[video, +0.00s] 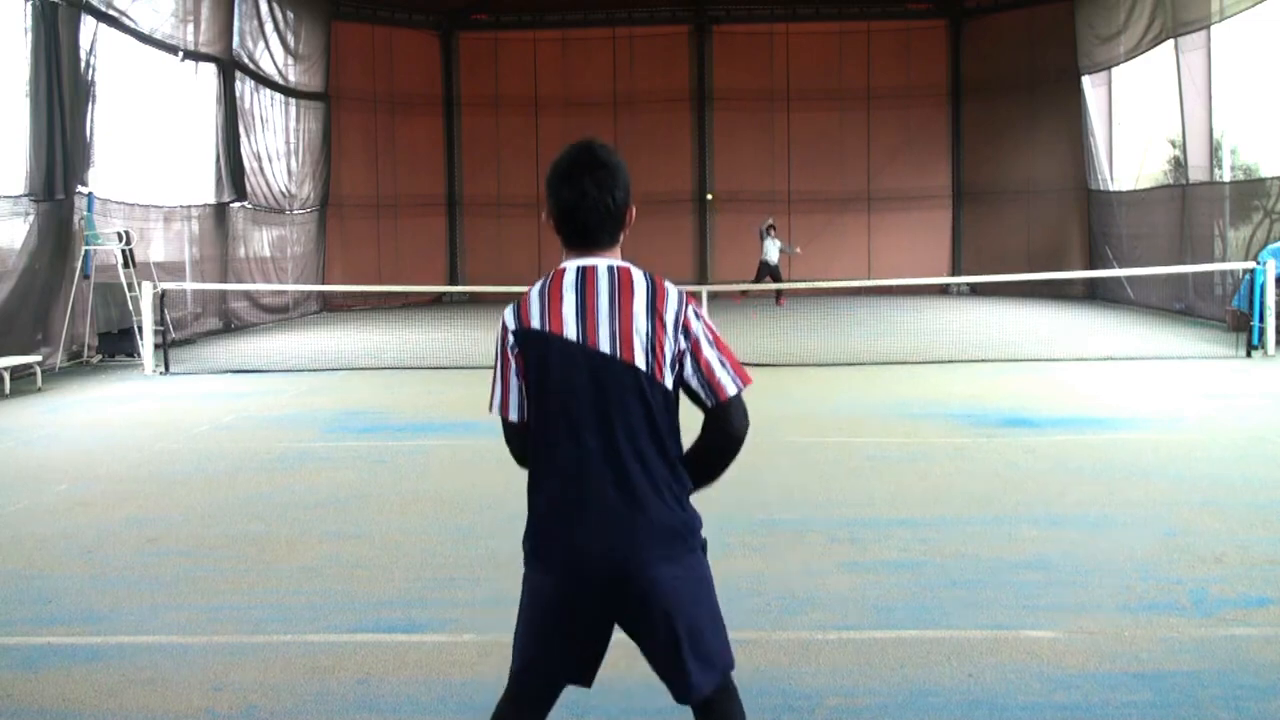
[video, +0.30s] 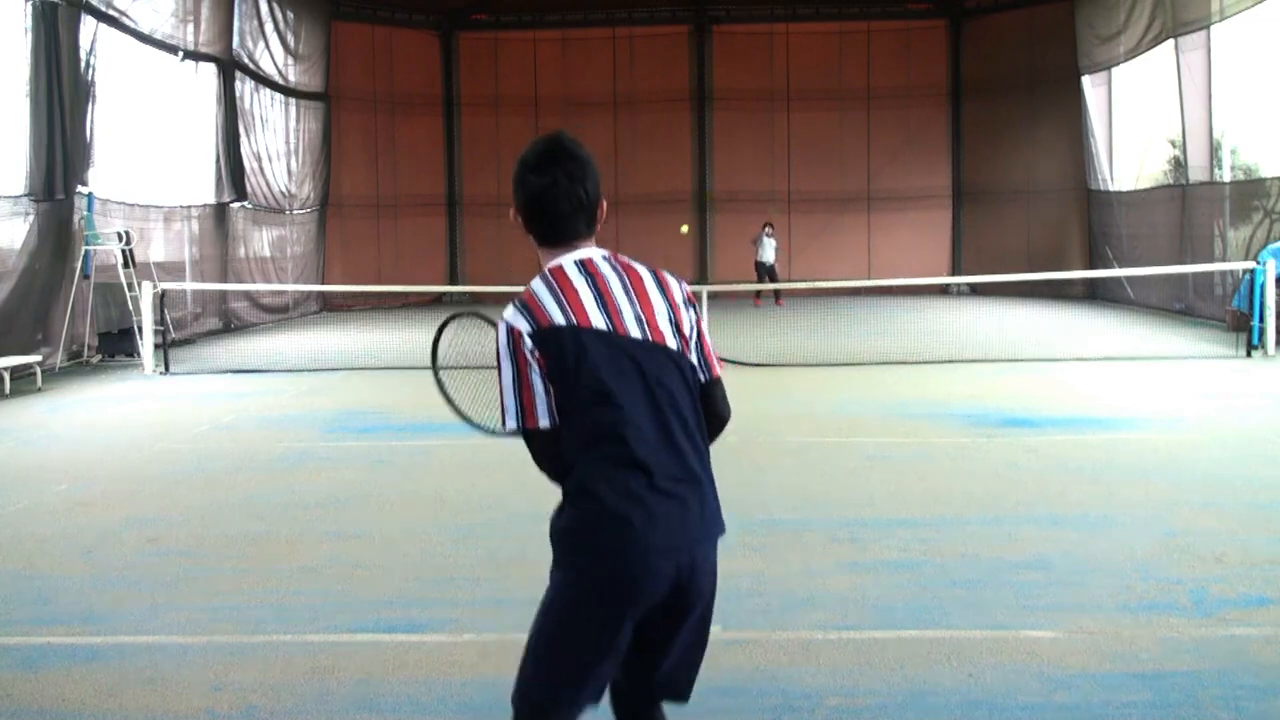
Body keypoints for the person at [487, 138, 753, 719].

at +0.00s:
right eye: (631, 204)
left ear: (551, 222)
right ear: (629, 216)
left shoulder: (521, 316)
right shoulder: (670, 304)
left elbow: (519, 440)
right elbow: (732, 422)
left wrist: (574, 479)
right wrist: (672, 480)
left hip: (562, 541)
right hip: (655, 538)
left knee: (525, 697)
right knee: (714, 693)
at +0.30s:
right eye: (601, 200)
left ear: (521, 221)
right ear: (601, 211)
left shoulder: (525, 316)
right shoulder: (667, 289)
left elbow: (549, 451)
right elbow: (716, 410)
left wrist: (610, 485)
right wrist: (663, 459)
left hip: (609, 545)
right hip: (693, 537)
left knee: (542, 704)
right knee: (641, 697)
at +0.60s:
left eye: (506, 215)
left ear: (515, 226)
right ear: (597, 210)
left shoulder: (565, 302)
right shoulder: (629, 283)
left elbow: (571, 437)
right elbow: (639, 434)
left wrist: (534, 500)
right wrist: (569, 519)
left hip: (661, 539)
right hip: (708, 525)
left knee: (613, 706)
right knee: (642, 699)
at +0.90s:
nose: (517, 247)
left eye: (514, 235)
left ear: (521, 243)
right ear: (593, 222)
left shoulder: (599, 287)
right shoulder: (577, 310)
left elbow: (605, 419)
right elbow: (549, 416)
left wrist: (497, 432)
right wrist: (493, 469)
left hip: (705, 529)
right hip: (675, 528)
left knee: (675, 703)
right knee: (618, 636)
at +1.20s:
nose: (503, 262)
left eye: (502, 250)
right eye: (501, 250)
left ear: (517, 254)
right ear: (568, 239)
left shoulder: (578, 306)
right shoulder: (564, 312)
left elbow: (580, 428)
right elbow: (527, 412)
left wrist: (530, 520)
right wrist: (494, 498)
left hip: (627, 529)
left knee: (607, 691)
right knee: (576, 657)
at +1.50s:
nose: (565, 176)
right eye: (564, 169)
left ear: (493, 198)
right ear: (563, 182)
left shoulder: (491, 264)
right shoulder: (606, 259)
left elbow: (574, 234)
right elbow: (693, 303)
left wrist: (665, 199)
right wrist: (706, 226)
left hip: (537, 479)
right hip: (615, 476)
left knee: (570, 644)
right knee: (613, 632)